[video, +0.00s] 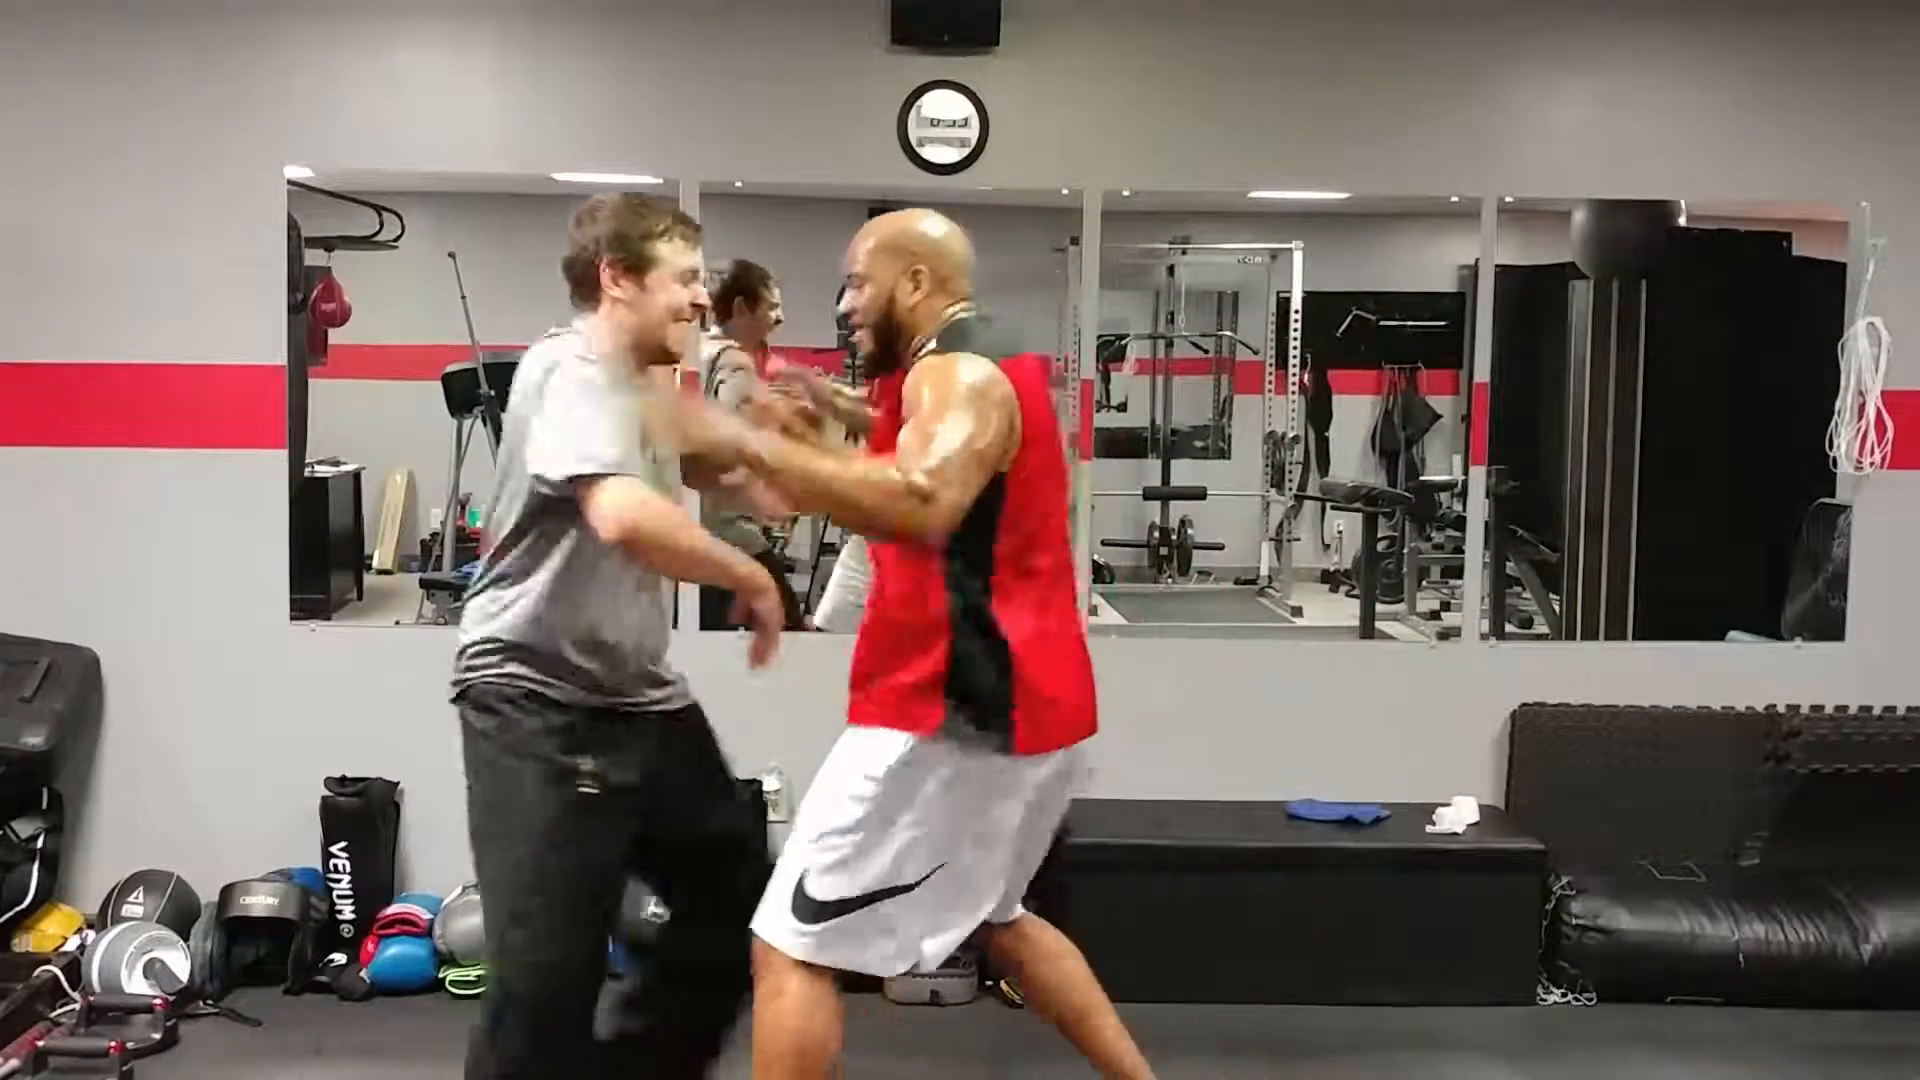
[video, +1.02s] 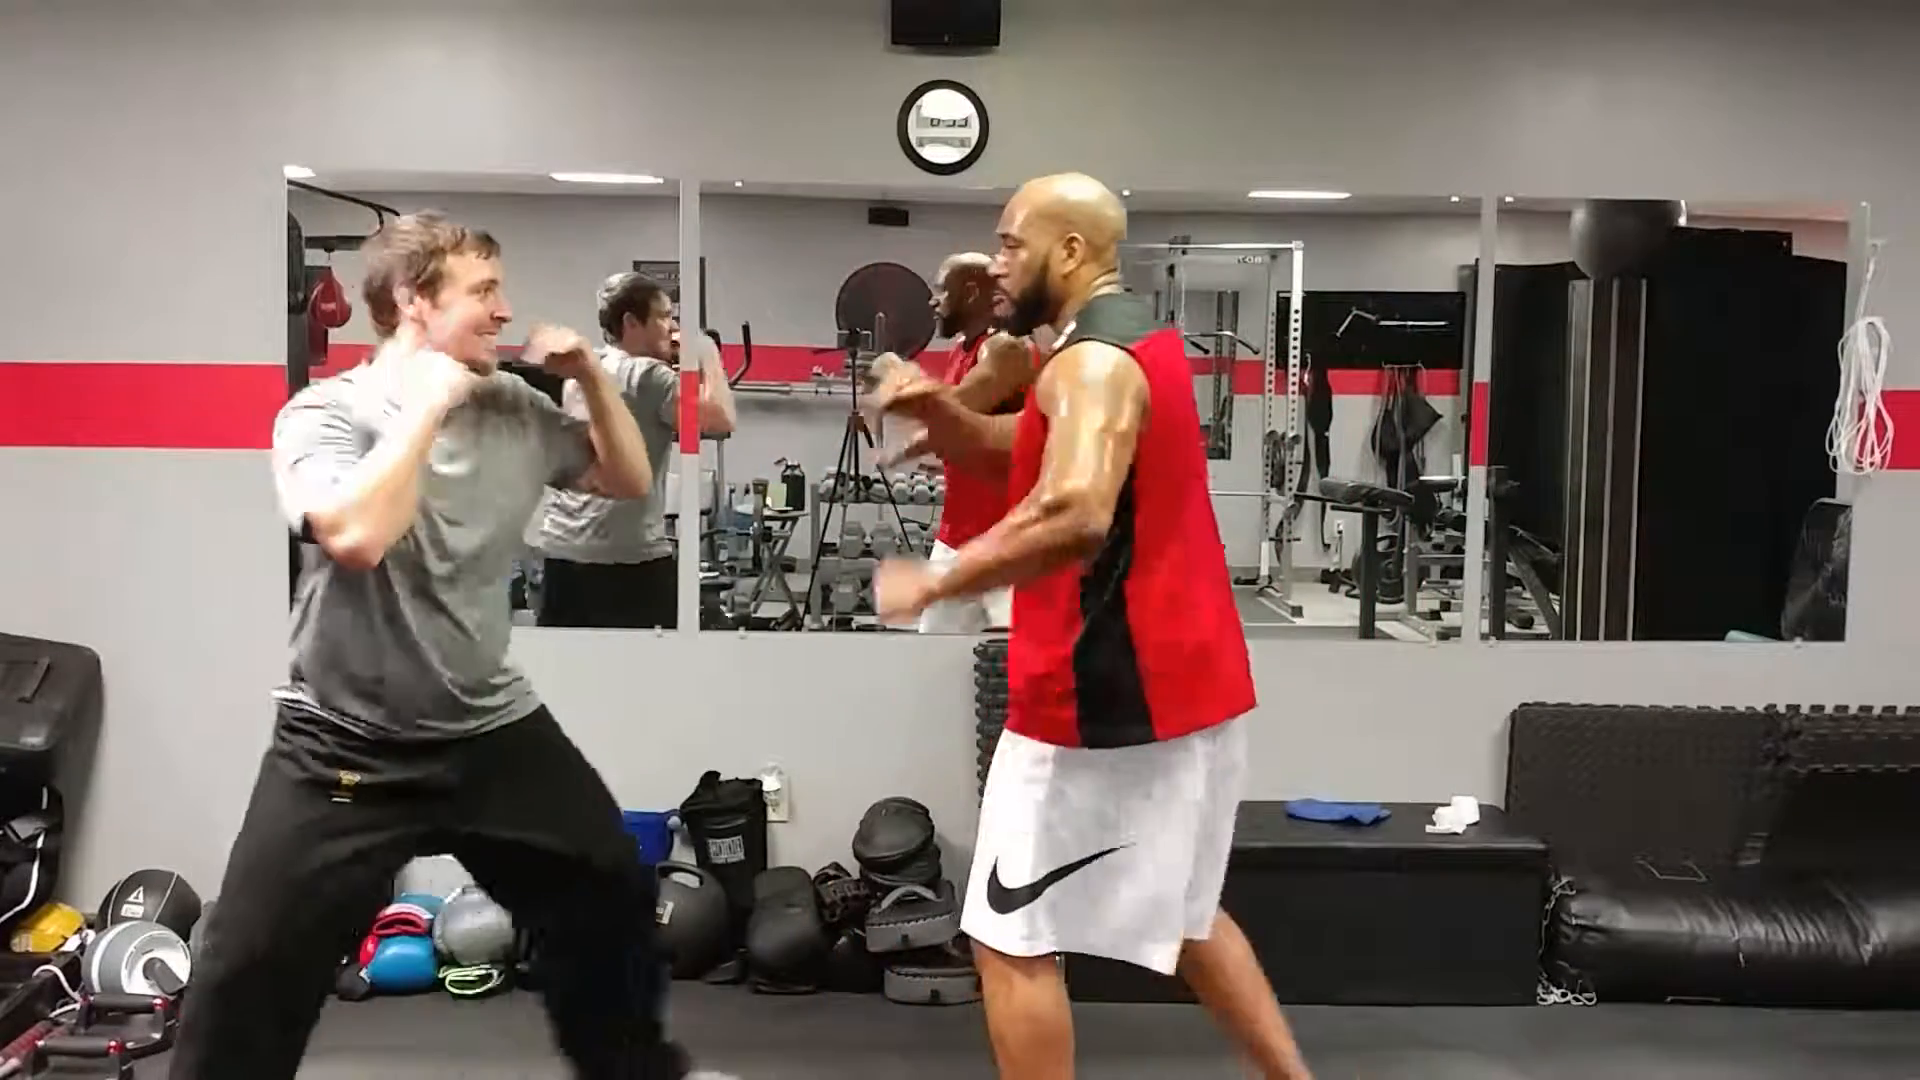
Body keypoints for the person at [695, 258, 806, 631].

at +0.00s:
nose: (779, 318)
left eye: (778, 307)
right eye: (771, 307)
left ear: (739, 309)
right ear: (740, 309)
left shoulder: (722, 358)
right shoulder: (735, 367)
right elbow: (722, 461)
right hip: (738, 525)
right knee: (788, 625)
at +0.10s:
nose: (780, 330)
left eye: (780, 320)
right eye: (774, 320)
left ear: (743, 321)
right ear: (745, 320)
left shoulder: (710, 361)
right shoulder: (730, 369)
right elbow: (739, 456)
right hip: (719, 547)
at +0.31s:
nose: (765, 381)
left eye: (766, 371)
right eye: (760, 370)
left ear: (727, 365)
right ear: (729, 363)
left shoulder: (701, 414)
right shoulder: (689, 415)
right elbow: (661, 507)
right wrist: (708, 492)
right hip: (633, 564)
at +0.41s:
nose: (732, 366)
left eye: (734, 355)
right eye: (727, 355)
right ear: (700, 353)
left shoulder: (647, 383)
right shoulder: (661, 397)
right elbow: (640, 499)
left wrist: (676, 517)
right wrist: (684, 488)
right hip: (604, 554)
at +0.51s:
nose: (698, 340)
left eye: (700, 328)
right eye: (693, 328)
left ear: (660, 325)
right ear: (664, 326)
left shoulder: (620, 363)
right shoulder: (641, 379)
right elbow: (649, 475)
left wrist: (664, 467)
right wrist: (676, 465)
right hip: (598, 554)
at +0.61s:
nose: (678, 323)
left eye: (678, 311)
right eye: (673, 311)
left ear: (636, 311)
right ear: (644, 311)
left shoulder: (594, 348)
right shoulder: (629, 363)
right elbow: (664, 450)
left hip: (549, 541)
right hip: (599, 549)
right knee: (645, 659)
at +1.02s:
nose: (673, 328)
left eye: (671, 318)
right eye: (665, 318)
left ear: (624, 326)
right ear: (631, 324)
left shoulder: (581, 367)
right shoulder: (649, 375)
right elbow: (720, 420)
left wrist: (669, 361)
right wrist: (709, 357)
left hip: (562, 550)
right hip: (627, 556)